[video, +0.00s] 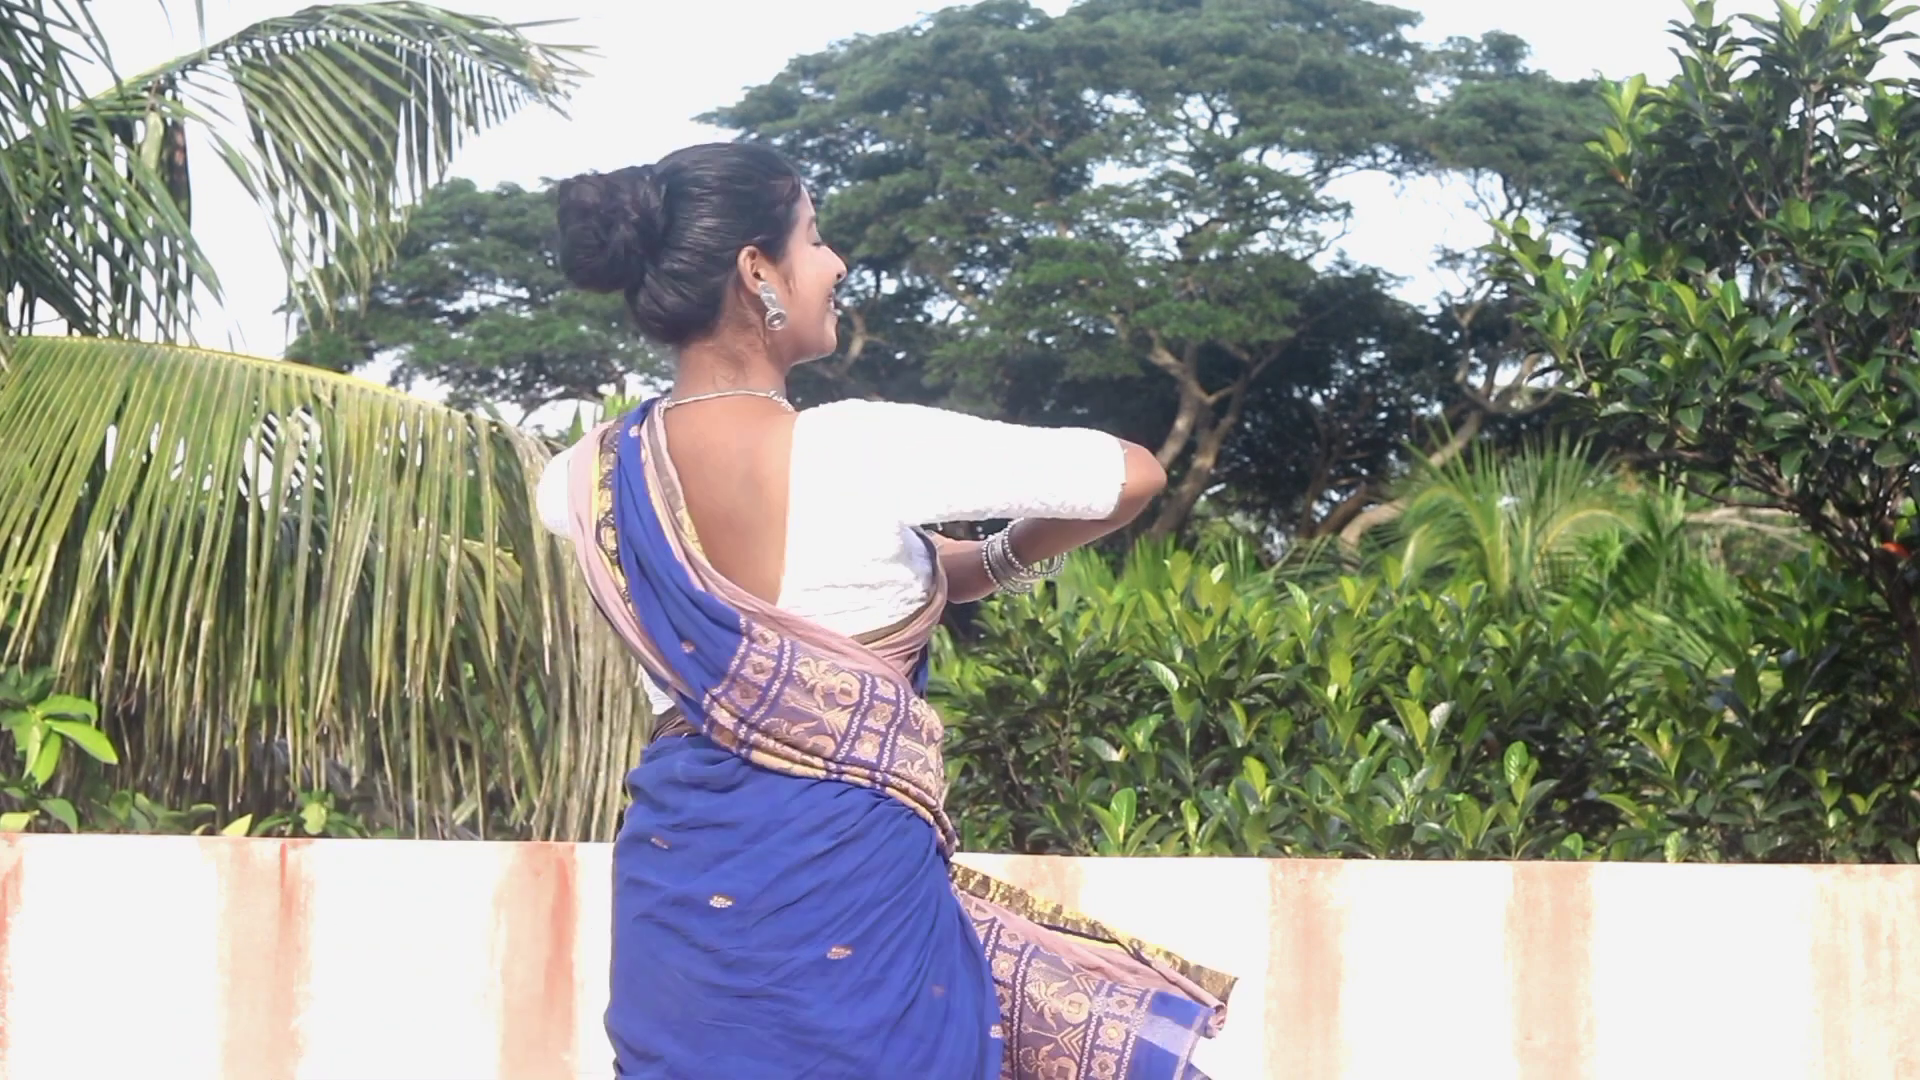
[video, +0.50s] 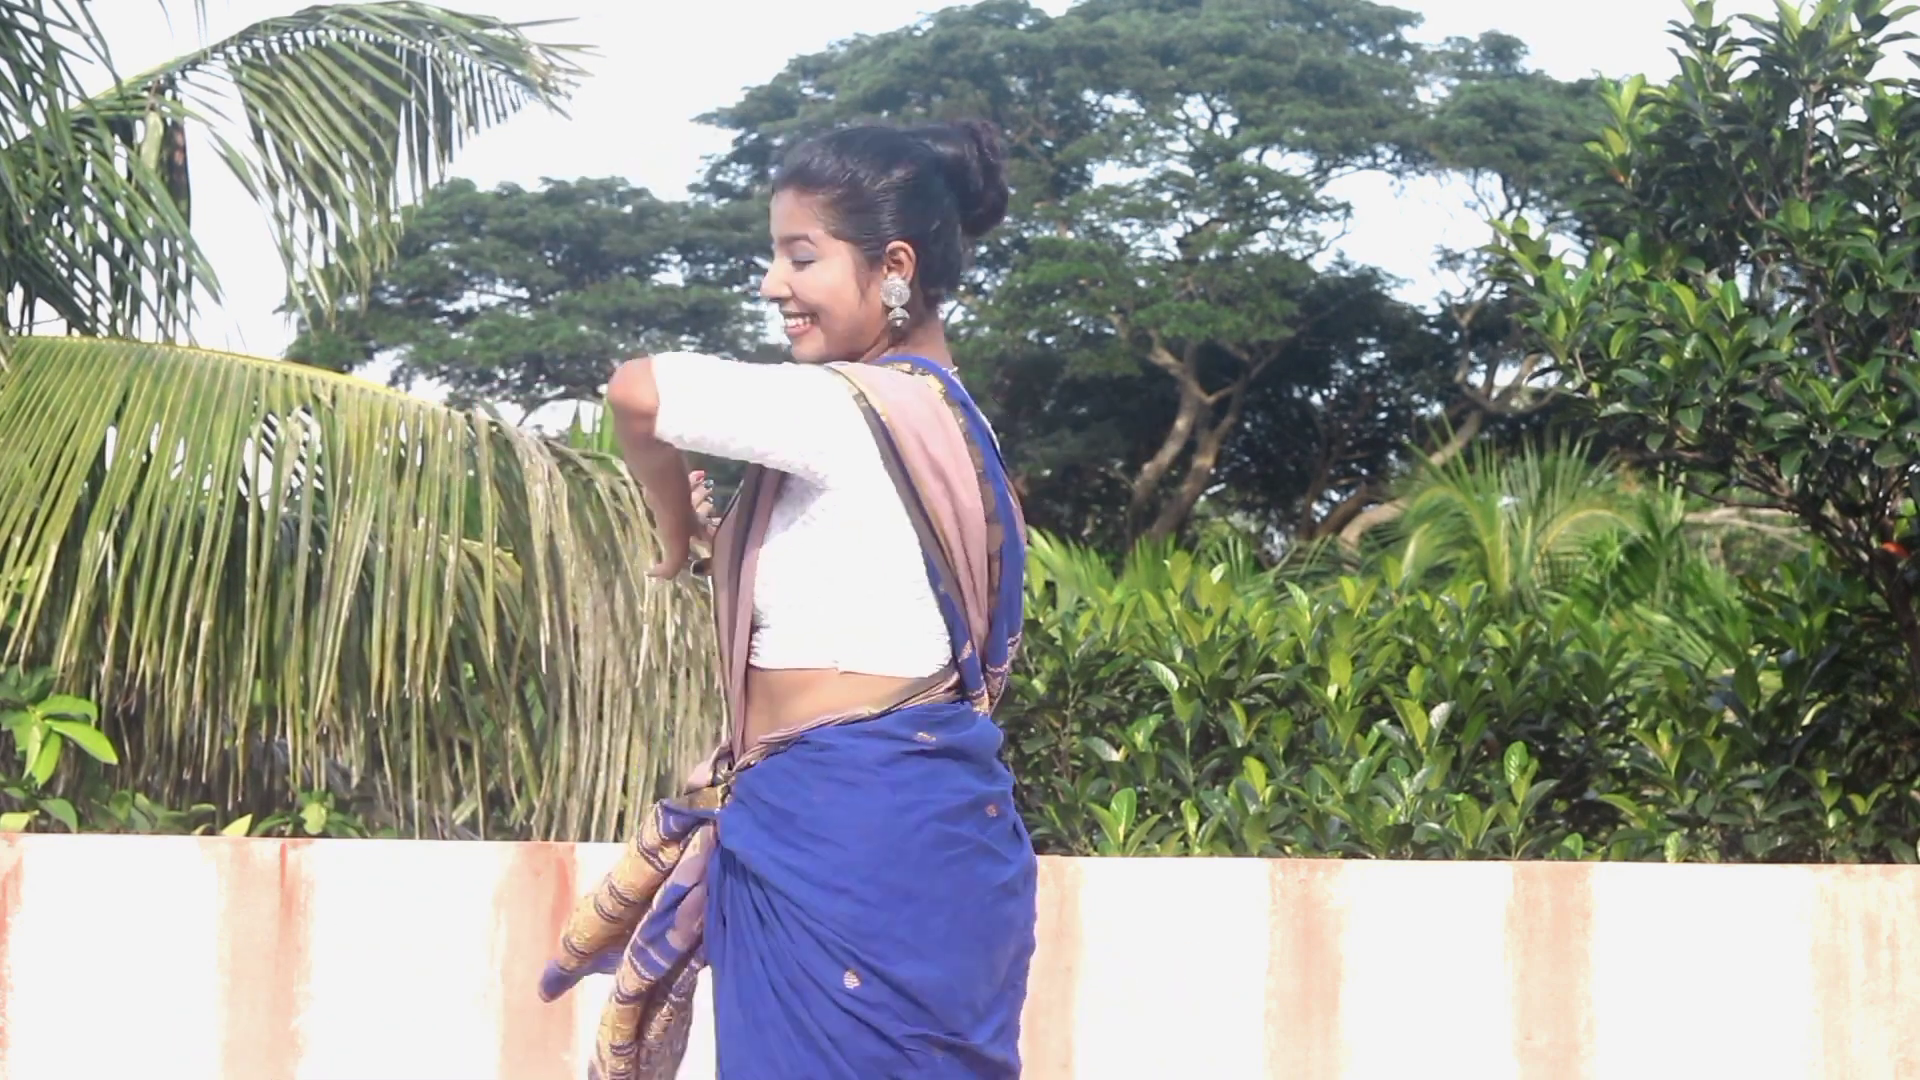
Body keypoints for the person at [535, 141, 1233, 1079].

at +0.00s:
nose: (837, 262)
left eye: (823, 236)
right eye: (816, 239)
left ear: (670, 294)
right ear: (757, 277)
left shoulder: (595, 472)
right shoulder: (854, 446)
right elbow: (1132, 477)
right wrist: (989, 562)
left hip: (665, 892)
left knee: (676, 1061)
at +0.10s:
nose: (871, 262)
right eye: (866, 240)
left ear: (697, 280)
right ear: (852, 259)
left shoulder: (622, 442)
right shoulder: (952, 439)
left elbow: (485, 475)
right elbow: (1168, 474)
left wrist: (641, 499)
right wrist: (998, 546)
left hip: (696, 866)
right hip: (903, 870)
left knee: (691, 1060)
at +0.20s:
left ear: (723, 273)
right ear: (882, 254)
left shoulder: (650, 432)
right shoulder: (972, 436)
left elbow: (469, 457)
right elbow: (1145, 473)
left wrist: (641, 485)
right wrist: (979, 527)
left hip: (716, 854)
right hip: (921, 865)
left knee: (701, 1064)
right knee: (924, 1062)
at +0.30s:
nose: (742, 276)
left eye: (744, 249)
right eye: (742, 248)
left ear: (787, 265)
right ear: (906, 257)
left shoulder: (709, 411)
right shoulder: (995, 430)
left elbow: (475, 419)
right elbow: (1075, 468)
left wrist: (649, 503)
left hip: (772, 821)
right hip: (954, 836)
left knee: (738, 1058)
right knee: (938, 1061)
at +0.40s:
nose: (745, 275)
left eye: (756, 248)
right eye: (748, 247)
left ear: (823, 265)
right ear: (917, 263)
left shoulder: (749, 401)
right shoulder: (1005, 433)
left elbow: (506, 406)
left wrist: (643, 509)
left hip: (800, 817)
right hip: (967, 825)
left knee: (766, 1058)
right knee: (944, 1059)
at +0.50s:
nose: (771, 283)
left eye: (802, 255)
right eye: (774, 254)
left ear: (894, 269)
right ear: (889, 275)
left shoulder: (849, 405)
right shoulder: (929, 407)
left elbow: (637, 392)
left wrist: (677, 534)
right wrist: (730, 539)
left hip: (857, 827)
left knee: (824, 1058)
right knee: (930, 1056)